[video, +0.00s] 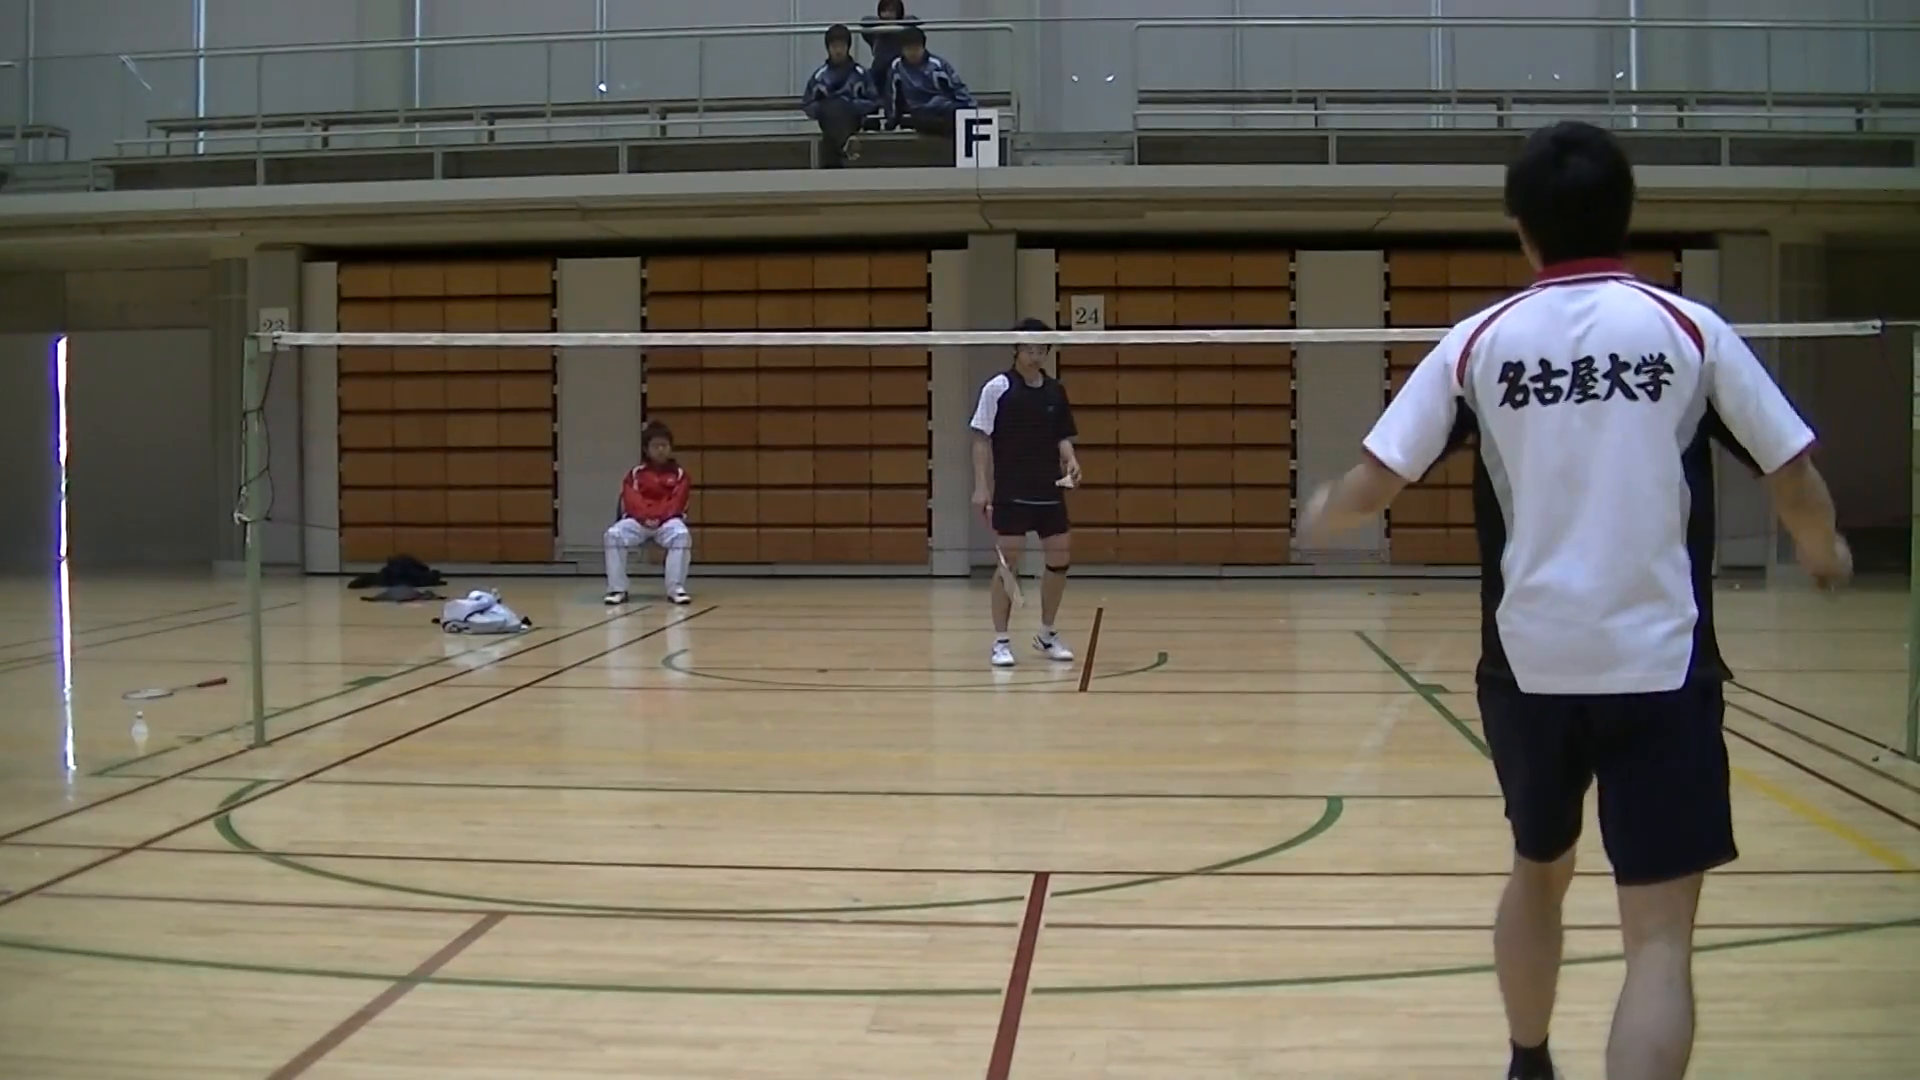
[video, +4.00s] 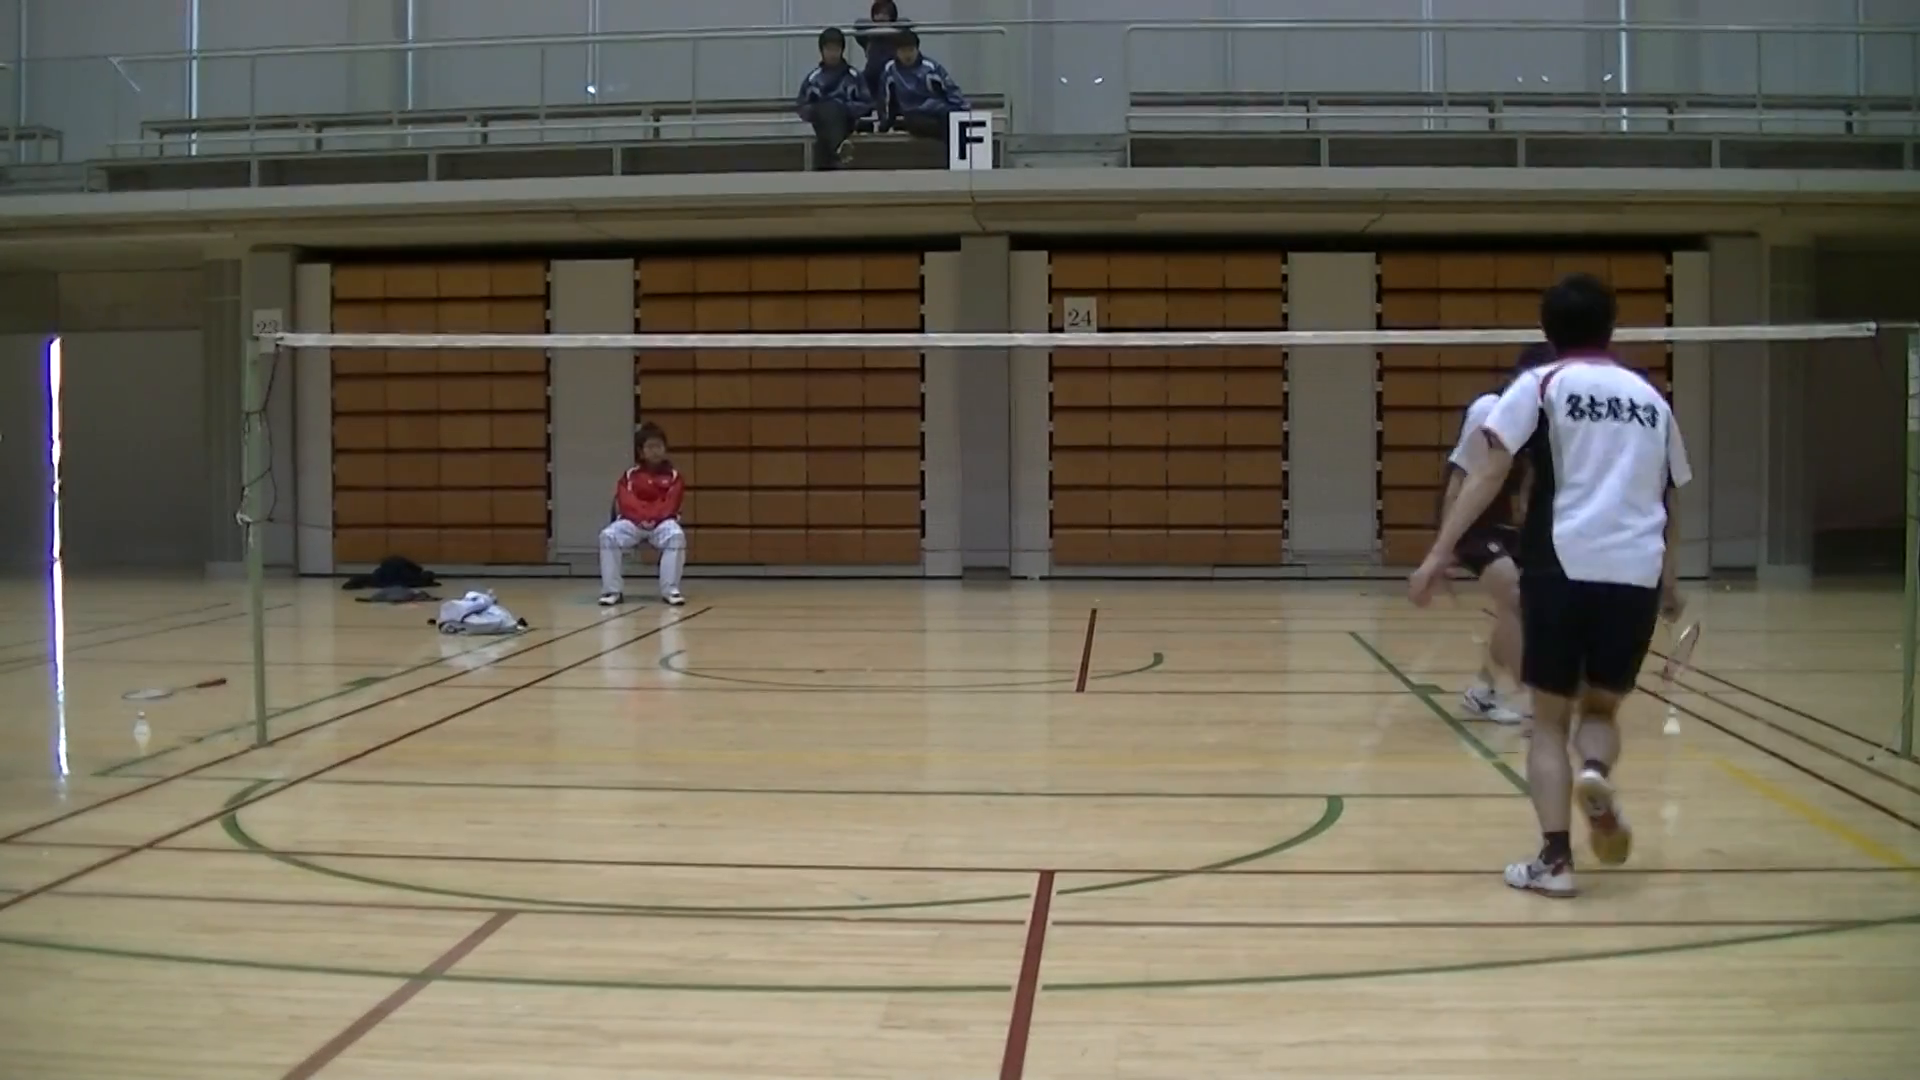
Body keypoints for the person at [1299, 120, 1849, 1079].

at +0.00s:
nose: (1526, 232)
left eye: (1521, 219)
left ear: (1522, 230)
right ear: (1626, 219)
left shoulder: (1477, 343)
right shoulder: (1692, 330)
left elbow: (1371, 484)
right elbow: (1792, 470)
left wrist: (1325, 515)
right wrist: (1820, 549)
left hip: (1529, 671)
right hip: (1661, 670)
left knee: (1536, 869)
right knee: (1658, 936)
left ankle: (1530, 1064)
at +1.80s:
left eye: (1501, 296)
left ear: (1502, 306)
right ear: (1598, 296)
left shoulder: (1464, 393)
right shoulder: (1660, 385)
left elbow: (1364, 510)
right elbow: (1745, 512)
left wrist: (1331, 567)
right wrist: (1733, 514)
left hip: (1507, 678)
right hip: (1637, 675)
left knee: (1485, 840)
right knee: (1651, 929)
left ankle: (1499, 1045)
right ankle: (1654, 1078)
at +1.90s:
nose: (1484, 324)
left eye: (1483, 311)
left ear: (1486, 321)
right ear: (1579, 315)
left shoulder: (1446, 403)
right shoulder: (1640, 405)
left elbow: (1317, 494)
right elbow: (1702, 526)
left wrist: (1245, 529)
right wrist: (1660, 515)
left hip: (1494, 688)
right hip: (1623, 685)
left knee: (1479, 869)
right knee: (1639, 915)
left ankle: (1519, 1058)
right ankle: (1658, 1071)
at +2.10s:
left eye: (1460, 316)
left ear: (1465, 323)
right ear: (1553, 323)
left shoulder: (1428, 383)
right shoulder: (1605, 411)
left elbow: (1287, 410)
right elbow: (1644, 539)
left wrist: (1164, 424)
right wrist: (1610, 533)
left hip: (1464, 659)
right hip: (1577, 662)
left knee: (1458, 870)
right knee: (1556, 817)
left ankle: (1514, 1044)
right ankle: (1586, 978)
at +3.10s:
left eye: (1464, 308)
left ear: (1467, 310)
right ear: (1533, 321)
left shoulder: (1454, 351)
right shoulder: (1569, 400)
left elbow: (1373, 410)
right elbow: (1591, 527)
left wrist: (1271, 464)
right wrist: (1570, 593)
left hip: (1466, 559)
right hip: (1543, 579)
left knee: (1435, 741)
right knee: (1473, 715)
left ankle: (1455, 921)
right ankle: (1498, 866)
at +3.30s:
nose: (1462, 362)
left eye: (1463, 351)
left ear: (1467, 354)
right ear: (1535, 360)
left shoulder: (1445, 401)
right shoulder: (1575, 437)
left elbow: (1404, 491)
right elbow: (1605, 562)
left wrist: (1335, 579)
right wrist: (1582, 659)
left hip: (1459, 598)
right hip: (1540, 612)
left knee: (1420, 781)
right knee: (1484, 740)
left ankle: (1449, 924)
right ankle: (1508, 890)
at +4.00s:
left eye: (1547, 327)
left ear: (1550, 330)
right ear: (1611, 330)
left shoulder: (1537, 386)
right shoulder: (1651, 399)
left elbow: (1489, 473)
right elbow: (1669, 502)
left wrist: (1441, 552)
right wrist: (1669, 581)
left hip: (1559, 577)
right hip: (1635, 582)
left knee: (1549, 724)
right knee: (1602, 707)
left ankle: (1555, 859)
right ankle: (1595, 774)